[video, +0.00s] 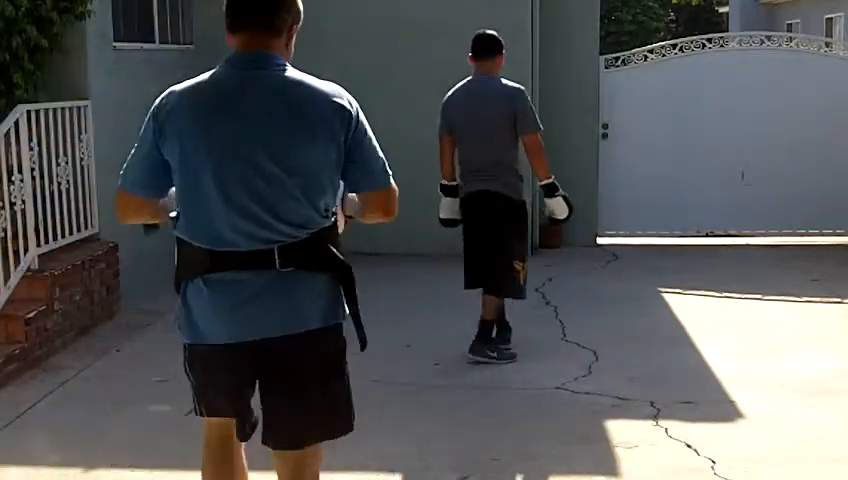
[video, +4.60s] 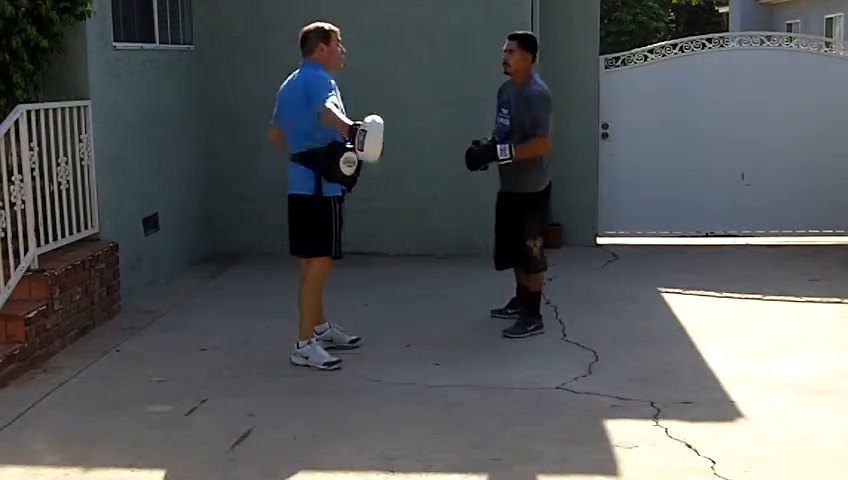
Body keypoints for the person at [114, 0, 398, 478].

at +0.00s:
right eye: (296, 29)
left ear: (228, 29)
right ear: (292, 30)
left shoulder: (175, 104)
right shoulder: (332, 103)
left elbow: (130, 207)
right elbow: (383, 205)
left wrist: (175, 203)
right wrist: (342, 201)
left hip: (213, 315)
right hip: (305, 312)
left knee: (221, 434)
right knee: (299, 451)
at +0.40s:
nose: (282, 50)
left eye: (281, 44)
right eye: (282, 44)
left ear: (222, 46)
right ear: (277, 45)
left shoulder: (183, 112)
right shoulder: (314, 107)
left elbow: (147, 199)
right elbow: (359, 191)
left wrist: (197, 182)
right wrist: (311, 163)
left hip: (219, 289)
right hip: (297, 286)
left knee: (236, 406)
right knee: (309, 399)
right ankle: (302, 477)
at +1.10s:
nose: (293, 52)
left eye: (290, 46)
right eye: (294, 46)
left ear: (245, 46)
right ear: (288, 47)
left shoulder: (210, 96)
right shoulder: (315, 96)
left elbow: (182, 156)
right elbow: (351, 163)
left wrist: (226, 139)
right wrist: (309, 135)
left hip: (234, 235)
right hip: (296, 233)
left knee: (229, 330)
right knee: (288, 341)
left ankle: (241, 427)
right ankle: (280, 446)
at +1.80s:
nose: (280, 56)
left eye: (278, 50)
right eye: (280, 50)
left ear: (238, 48)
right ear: (272, 49)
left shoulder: (207, 91)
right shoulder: (290, 90)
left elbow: (201, 146)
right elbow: (330, 147)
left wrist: (240, 129)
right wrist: (294, 123)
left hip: (226, 215)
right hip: (279, 212)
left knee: (236, 303)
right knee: (290, 290)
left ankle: (244, 399)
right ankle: (285, 380)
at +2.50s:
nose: (317, 62)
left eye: (317, 55)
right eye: (316, 54)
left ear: (280, 50)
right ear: (303, 52)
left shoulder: (248, 88)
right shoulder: (312, 91)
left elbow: (259, 136)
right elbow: (348, 146)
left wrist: (316, 116)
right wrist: (347, 118)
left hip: (258, 195)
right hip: (299, 197)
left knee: (264, 270)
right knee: (294, 279)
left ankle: (264, 347)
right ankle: (285, 365)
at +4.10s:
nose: (335, 51)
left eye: (334, 45)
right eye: (330, 45)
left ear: (312, 51)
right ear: (310, 51)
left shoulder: (314, 84)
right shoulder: (287, 91)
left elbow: (322, 136)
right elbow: (283, 149)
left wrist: (352, 134)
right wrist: (323, 165)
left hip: (320, 189)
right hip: (302, 193)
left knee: (322, 260)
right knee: (312, 262)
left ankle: (319, 330)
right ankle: (304, 345)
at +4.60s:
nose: (343, 52)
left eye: (342, 46)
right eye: (339, 46)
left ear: (311, 51)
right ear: (322, 49)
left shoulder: (289, 84)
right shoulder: (321, 79)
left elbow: (274, 134)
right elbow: (328, 113)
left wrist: (306, 153)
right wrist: (355, 130)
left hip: (301, 187)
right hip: (320, 188)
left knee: (312, 261)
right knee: (319, 262)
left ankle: (318, 329)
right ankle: (305, 344)